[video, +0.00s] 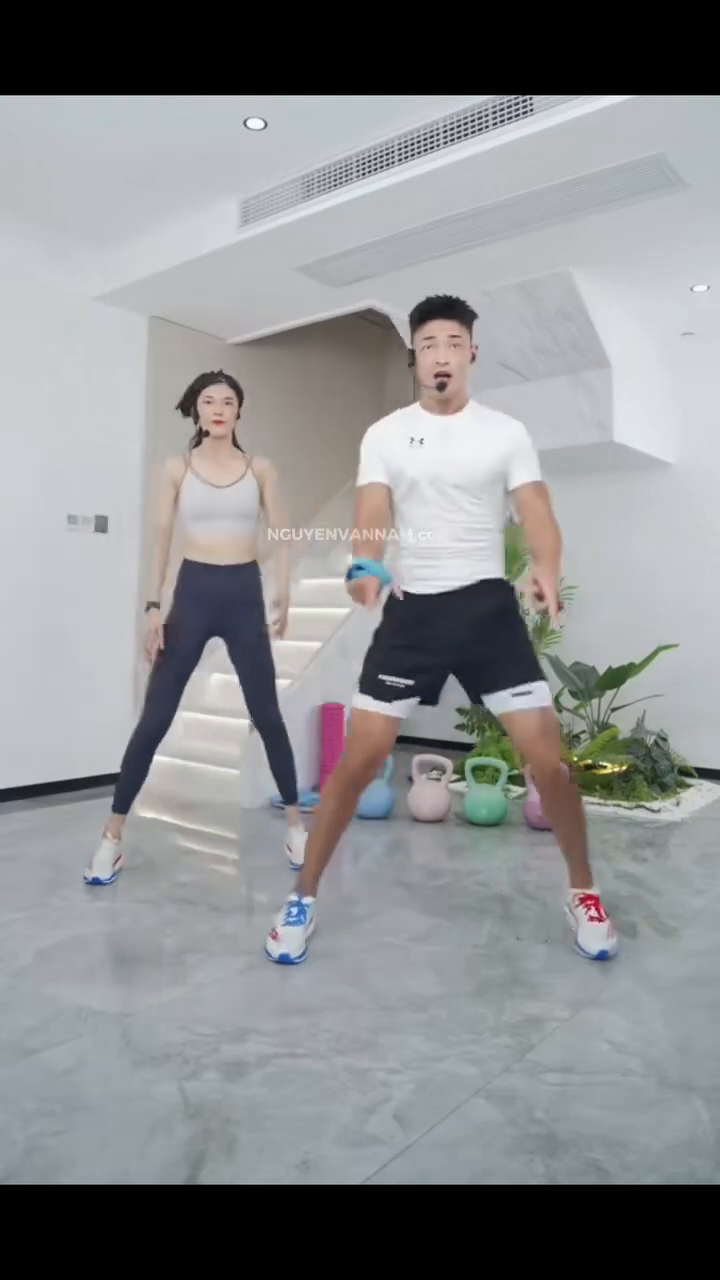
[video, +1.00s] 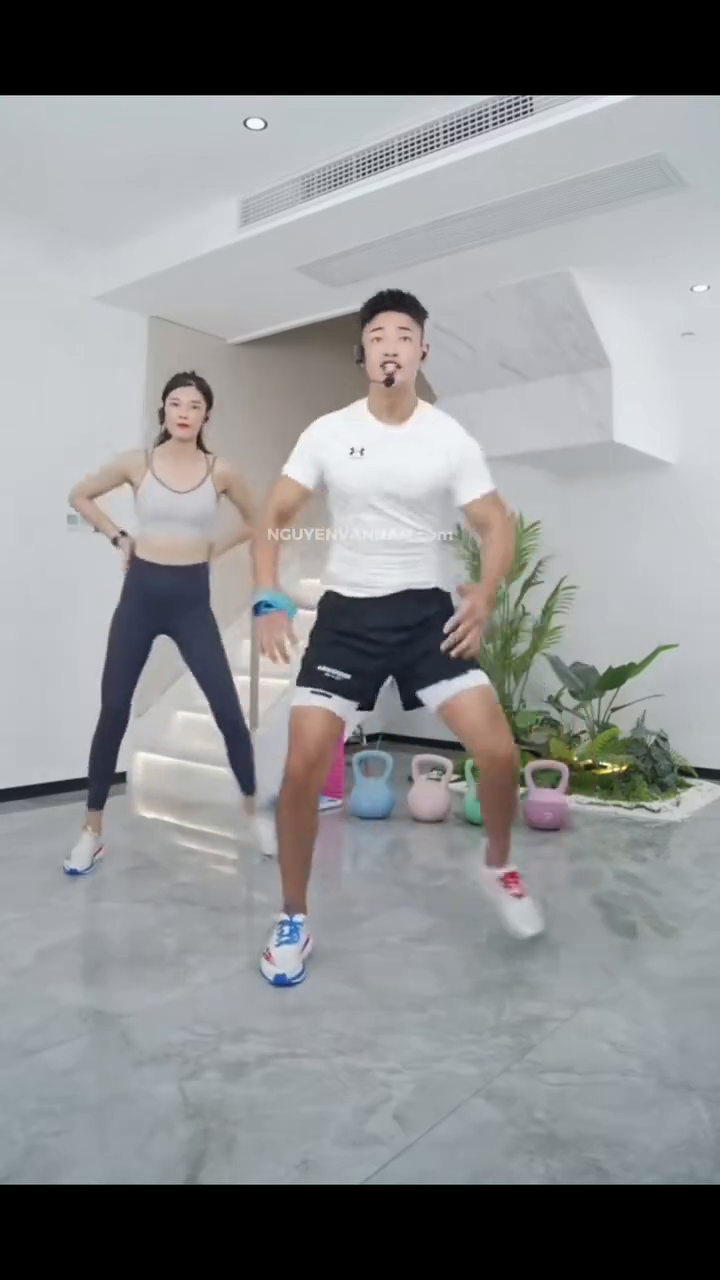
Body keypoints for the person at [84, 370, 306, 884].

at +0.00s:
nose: (219, 410)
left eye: (227, 403)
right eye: (210, 403)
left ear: (239, 412)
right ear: (196, 411)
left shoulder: (260, 470)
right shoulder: (177, 467)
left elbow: (280, 536)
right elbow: (163, 538)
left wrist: (283, 599)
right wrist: (155, 606)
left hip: (245, 597)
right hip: (189, 596)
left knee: (266, 715)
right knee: (155, 719)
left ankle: (296, 825)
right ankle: (113, 833)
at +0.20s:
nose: (245, 408)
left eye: (254, 401)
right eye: (237, 401)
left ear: (266, 411)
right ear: (224, 410)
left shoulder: (287, 465)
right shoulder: (206, 468)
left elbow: (315, 534)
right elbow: (195, 537)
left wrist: (317, 607)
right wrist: (198, 598)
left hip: (280, 596)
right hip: (228, 597)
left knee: (286, 712)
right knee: (190, 709)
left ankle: (296, 821)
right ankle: (185, 798)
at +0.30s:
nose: (249, 401)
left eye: (258, 394)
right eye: (241, 393)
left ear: (272, 404)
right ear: (229, 403)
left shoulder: (292, 458)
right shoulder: (210, 460)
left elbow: (322, 525)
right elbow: (205, 524)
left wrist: (318, 601)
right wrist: (220, 565)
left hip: (279, 585)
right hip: (228, 586)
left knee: (285, 708)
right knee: (227, 712)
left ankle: (297, 819)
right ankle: (244, 804)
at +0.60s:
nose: (249, 412)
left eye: (258, 405)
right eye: (241, 404)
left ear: (271, 416)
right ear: (228, 414)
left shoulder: (290, 470)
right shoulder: (209, 470)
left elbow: (327, 528)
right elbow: (195, 526)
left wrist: (293, 578)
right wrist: (221, 567)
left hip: (274, 599)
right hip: (224, 598)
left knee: (287, 715)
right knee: (164, 701)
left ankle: (297, 824)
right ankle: (190, 804)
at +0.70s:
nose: (236, 402)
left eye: (245, 395)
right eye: (228, 395)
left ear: (259, 406)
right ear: (216, 404)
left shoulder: (277, 460)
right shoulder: (197, 460)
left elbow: (314, 514)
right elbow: (173, 511)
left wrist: (279, 560)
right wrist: (199, 553)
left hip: (259, 588)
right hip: (208, 586)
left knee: (276, 708)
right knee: (153, 700)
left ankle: (296, 822)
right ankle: (133, 810)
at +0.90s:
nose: (201, 416)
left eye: (210, 410)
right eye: (194, 408)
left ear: (223, 420)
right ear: (180, 416)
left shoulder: (237, 477)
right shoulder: (156, 469)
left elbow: (277, 529)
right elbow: (108, 508)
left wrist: (238, 559)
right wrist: (141, 544)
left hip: (212, 604)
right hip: (159, 602)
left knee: (245, 715)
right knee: (127, 717)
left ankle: (292, 812)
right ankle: (95, 828)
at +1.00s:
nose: (185, 412)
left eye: (194, 406)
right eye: (178, 404)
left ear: (207, 415)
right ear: (164, 411)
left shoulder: (222, 472)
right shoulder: (137, 462)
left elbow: (258, 525)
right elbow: (80, 495)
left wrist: (215, 550)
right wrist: (119, 536)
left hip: (191, 601)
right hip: (140, 598)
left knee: (229, 712)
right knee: (113, 711)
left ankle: (253, 814)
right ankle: (92, 827)